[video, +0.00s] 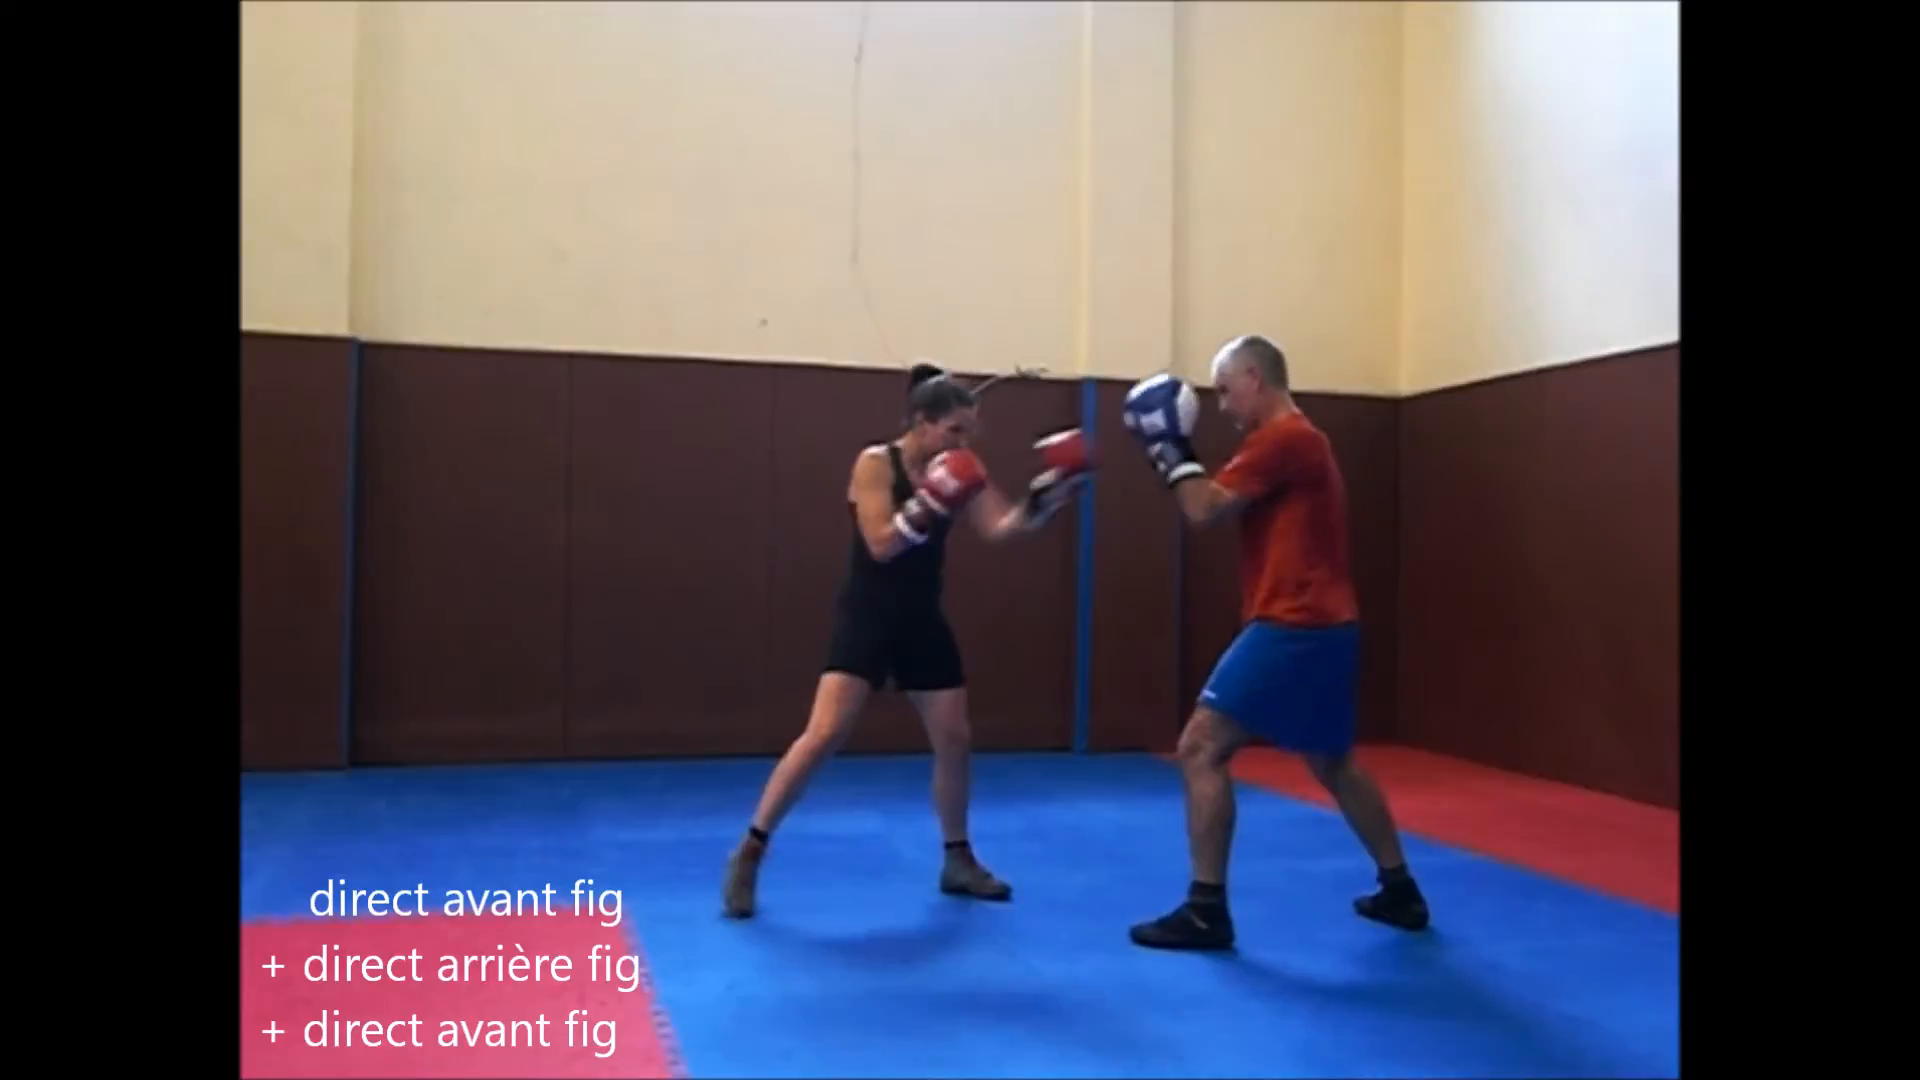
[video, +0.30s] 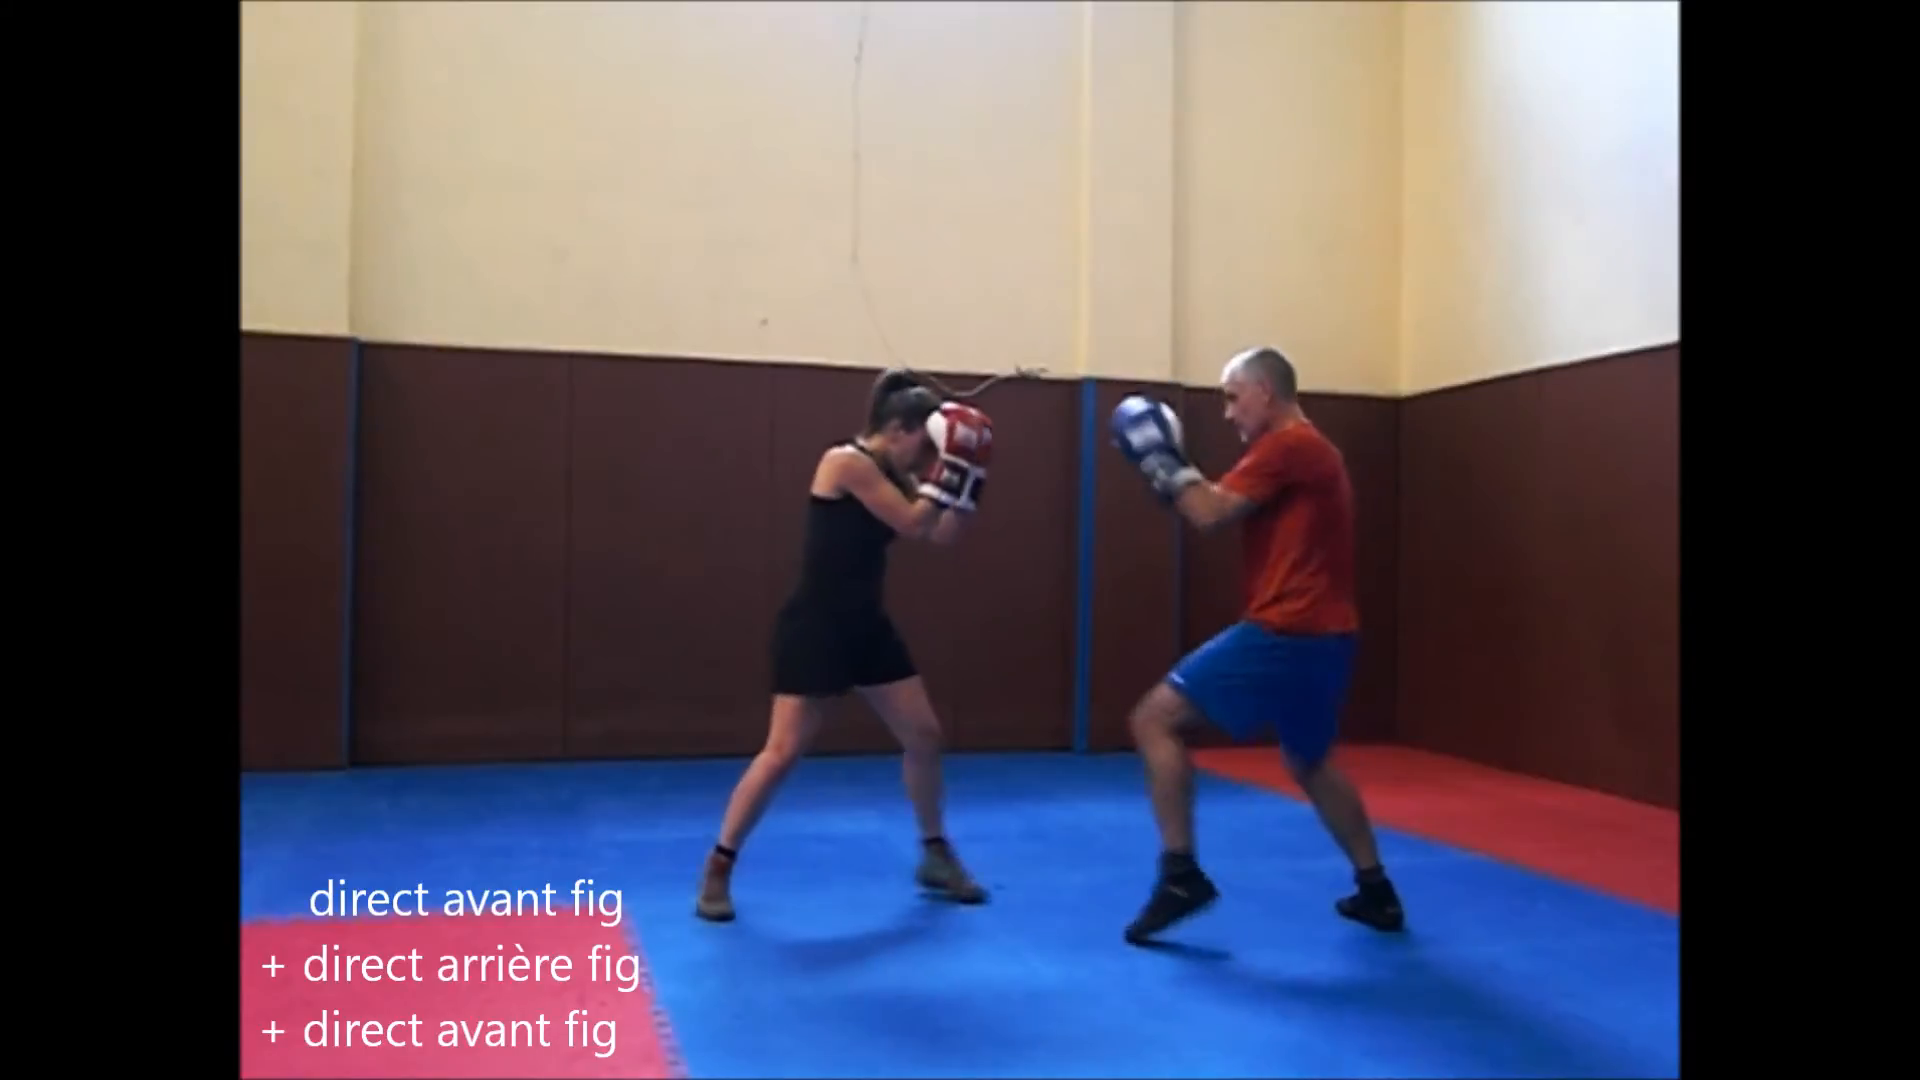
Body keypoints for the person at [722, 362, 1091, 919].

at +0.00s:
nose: (963, 440)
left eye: (967, 430)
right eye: (956, 429)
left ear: (955, 427)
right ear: (923, 422)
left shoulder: (956, 470)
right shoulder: (876, 464)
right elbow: (881, 543)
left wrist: (1045, 496)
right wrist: (931, 503)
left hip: (922, 621)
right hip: (867, 619)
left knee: (953, 738)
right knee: (824, 733)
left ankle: (958, 861)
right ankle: (749, 853)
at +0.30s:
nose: (923, 452)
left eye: (928, 442)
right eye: (922, 440)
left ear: (902, 432)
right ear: (896, 429)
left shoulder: (891, 476)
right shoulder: (846, 463)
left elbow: (943, 531)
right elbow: (912, 523)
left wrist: (967, 477)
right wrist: (945, 475)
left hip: (865, 627)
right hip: (814, 627)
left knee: (923, 736)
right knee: (782, 751)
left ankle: (936, 857)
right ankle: (719, 867)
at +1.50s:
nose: (860, 442)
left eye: (864, 432)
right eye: (857, 430)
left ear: (838, 425)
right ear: (828, 422)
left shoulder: (834, 475)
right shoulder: (784, 469)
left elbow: (879, 539)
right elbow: (844, 532)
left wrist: (899, 483)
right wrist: (878, 476)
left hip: (840, 634)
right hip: (790, 636)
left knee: (897, 743)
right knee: (762, 765)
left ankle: (901, 865)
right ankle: (702, 879)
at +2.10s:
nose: (894, 421)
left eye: (898, 411)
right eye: (885, 410)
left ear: (877, 415)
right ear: (850, 410)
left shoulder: (883, 460)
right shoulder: (810, 457)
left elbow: (922, 521)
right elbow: (837, 532)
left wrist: (955, 485)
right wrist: (888, 483)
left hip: (878, 616)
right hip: (820, 622)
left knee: (949, 712)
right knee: (791, 744)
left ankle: (959, 830)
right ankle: (744, 863)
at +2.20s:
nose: (913, 427)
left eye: (916, 416)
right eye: (902, 416)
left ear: (915, 419)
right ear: (863, 416)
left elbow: (1001, 465)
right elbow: (817, 539)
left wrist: (1058, 446)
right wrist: (867, 491)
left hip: (897, 617)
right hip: (839, 618)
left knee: (942, 734)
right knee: (808, 739)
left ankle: (959, 855)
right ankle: (747, 861)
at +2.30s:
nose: (941, 433)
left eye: (944, 423)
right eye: (932, 422)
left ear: (933, 423)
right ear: (897, 422)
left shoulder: (940, 467)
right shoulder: (852, 469)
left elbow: (1015, 498)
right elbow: (831, 544)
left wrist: (1051, 457)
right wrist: (881, 501)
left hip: (912, 627)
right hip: (857, 626)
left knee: (953, 738)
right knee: (826, 748)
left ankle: (958, 861)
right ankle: (754, 861)